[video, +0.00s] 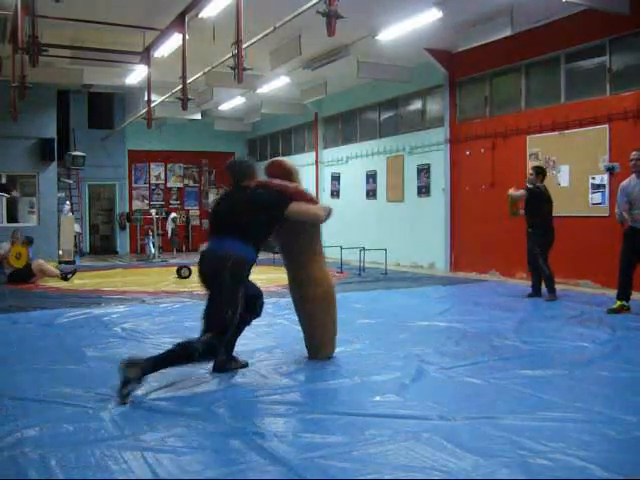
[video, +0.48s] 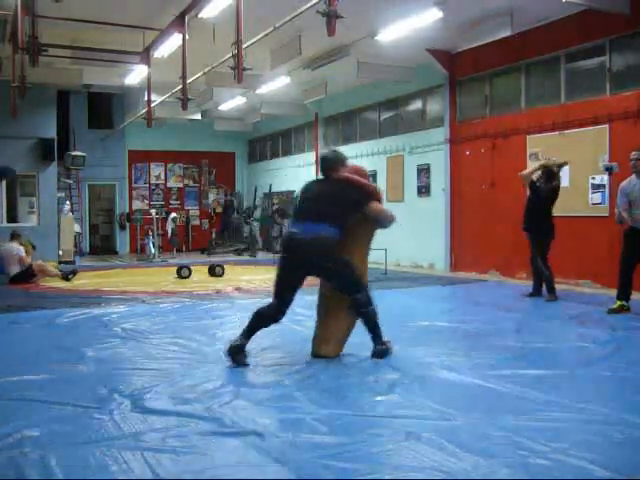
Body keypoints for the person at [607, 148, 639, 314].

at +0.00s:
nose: (633, 163)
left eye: (635, 160)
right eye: (631, 160)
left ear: (639, 162)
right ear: (629, 163)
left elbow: (622, 209)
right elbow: (622, 209)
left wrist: (628, 221)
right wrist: (627, 222)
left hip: (634, 229)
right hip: (632, 228)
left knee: (627, 265)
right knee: (626, 265)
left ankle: (623, 299)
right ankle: (623, 299)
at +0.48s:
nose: (634, 163)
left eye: (636, 160)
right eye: (632, 160)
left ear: (639, 162)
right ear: (630, 163)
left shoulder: (629, 186)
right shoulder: (626, 186)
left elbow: (622, 208)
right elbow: (622, 208)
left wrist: (628, 223)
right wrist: (627, 223)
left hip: (634, 229)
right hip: (633, 229)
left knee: (627, 265)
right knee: (626, 265)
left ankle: (623, 299)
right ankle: (622, 299)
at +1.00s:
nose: (635, 163)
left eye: (637, 160)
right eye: (634, 160)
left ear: (639, 162)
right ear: (632, 163)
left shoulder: (631, 186)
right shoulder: (628, 186)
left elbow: (624, 208)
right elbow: (624, 207)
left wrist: (627, 218)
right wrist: (628, 219)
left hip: (635, 230)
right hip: (634, 229)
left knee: (628, 264)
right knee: (627, 264)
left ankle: (623, 299)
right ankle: (623, 299)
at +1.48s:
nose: (635, 163)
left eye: (637, 160)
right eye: (634, 161)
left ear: (639, 163)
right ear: (631, 164)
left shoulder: (630, 187)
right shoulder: (628, 186)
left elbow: (625, 209)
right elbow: (625, 208)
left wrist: (630, 219)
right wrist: (630, 219)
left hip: (635, 228)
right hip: (634, 228)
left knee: (631, 265)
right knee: (630, 265)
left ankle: (636, 295)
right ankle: (636, 295)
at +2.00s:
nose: (633, 164)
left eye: (636, 160)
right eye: (632, 161)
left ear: (639, 164)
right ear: (629, 164)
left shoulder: (627, 187)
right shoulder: (626, 186)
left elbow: (623, 209)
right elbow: (624, 209)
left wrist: (629, 219)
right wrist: (629, 220)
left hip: (635, 229)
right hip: (634, 228)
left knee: (635, 266)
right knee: (635, 266)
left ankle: (638, 300)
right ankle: (638, 299)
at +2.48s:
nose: (633, 165)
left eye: (636, 161)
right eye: (631, 162)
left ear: (639, 165)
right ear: (628, 165)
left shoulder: (627, 188)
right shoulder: (626, 187)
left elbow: (622, 212)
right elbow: (622, 211)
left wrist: (626, 218)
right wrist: (625, 218)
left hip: (634, 228)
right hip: (634, 228)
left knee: (635, 266)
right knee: (635, 266)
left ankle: (638, 300)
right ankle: (638, 300)